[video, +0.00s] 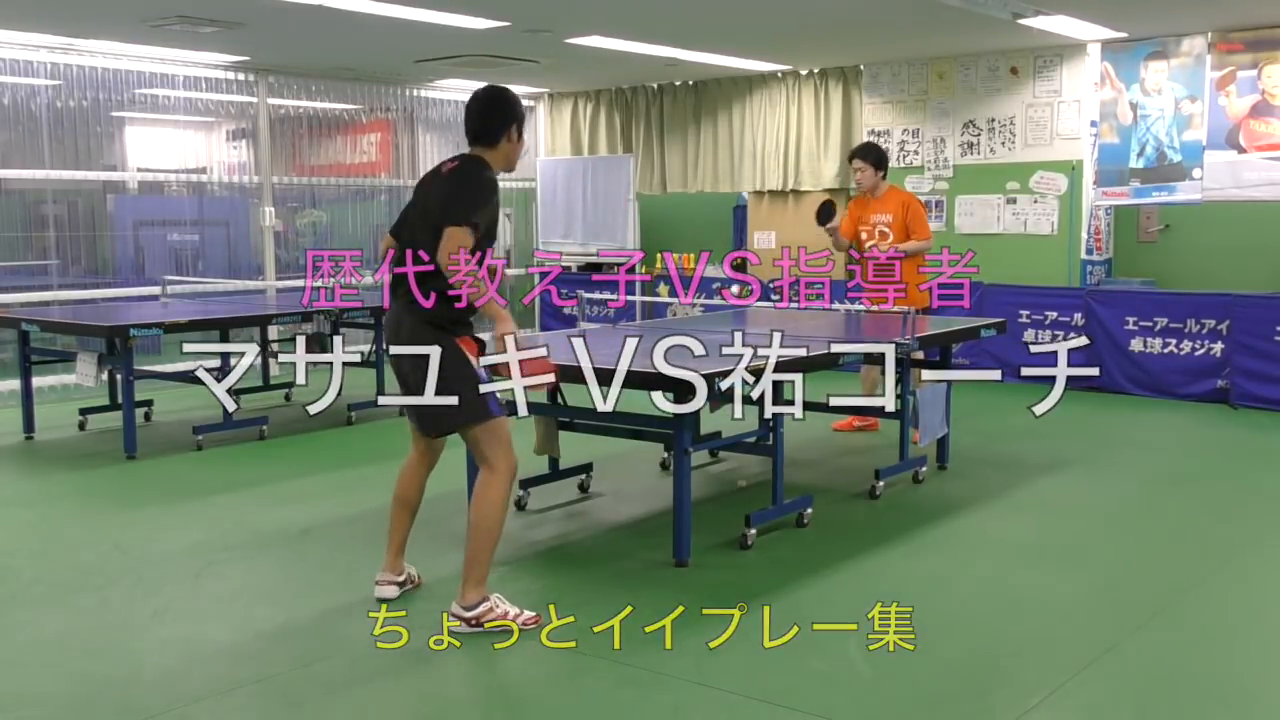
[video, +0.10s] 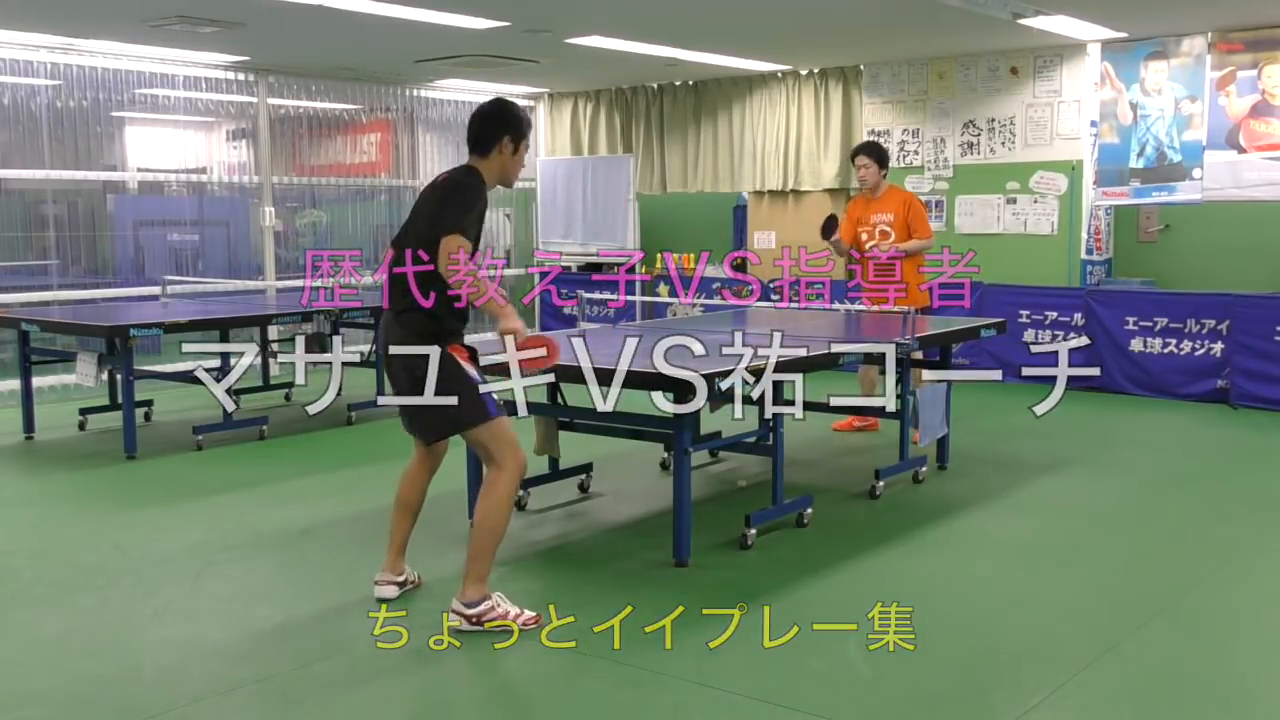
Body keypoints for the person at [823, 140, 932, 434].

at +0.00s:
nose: (856, 176)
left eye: (861, 170)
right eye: (854, 171)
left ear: (879, 171)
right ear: (854, 172)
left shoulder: (906, 201)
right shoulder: (856, 205)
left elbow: (925, 241)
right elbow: (843, 246)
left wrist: (898, 249)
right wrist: (832, 231)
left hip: (909, 296)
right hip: (874, 297)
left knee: (914, 360)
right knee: (871, 354)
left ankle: (922, 420)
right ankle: (866, 413)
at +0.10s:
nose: (860, 173)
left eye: (865, 167)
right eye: (857, 168)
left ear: (882, 168)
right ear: (854, 172)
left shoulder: (905, 199)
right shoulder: (855, 205)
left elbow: (926, 239)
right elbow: (844, 250)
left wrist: (898, 248)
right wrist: (833, 239)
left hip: (909, 297)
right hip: (873, 297)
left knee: (914, 360)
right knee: (869, 355)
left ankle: (923, 420)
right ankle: (866, 413)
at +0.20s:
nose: (861, 172)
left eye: (867, 165)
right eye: (857, 167)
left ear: (882, 167)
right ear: (854, 171)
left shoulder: (905, 199)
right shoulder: (855, 206)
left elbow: (925, 239)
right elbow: (847, 250)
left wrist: (892, 247)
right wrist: (832, 257)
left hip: (908, 296)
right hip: (873, 297)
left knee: (913, 359)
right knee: (869, 355)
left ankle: (924, 420)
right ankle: (866, 413)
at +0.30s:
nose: (859, 173)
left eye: (864, 166)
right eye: (855, 168)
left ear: (880, 168)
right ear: (853, 172)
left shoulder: (902, 200)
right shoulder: (858, 207)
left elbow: (922, 239)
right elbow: (856, 253)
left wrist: (885, 250)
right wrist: (832, 275)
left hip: (906, 296)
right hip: (874, 297)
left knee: (912, 358)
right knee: (870, 354)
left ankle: (925, 418)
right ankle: (867, 413)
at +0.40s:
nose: (855, 179)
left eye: (859, 173)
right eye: (851, 174)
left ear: (876, 172)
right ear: (851, 176)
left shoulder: (898, 202)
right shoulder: (863, 208)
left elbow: (920, 242)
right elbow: (868, 253)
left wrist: (881, 254)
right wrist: (841, 275)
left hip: (907, 298)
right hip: (878, 298)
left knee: (909, 358)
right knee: (871, 354)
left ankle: (928, 417)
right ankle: (867, 413)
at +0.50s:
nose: (853, 185)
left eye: (857, 179)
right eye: (850, 179)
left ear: (874, 176)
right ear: (850, 179)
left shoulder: (897, 205)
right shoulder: (866, 208)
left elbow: (919, 247)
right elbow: (876, 250)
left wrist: (878, 258)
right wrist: (852, 270)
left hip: (908, 300)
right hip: (880, 298)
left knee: (909, 360)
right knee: (871, 356)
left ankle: (928, 419)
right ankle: (868, 414)